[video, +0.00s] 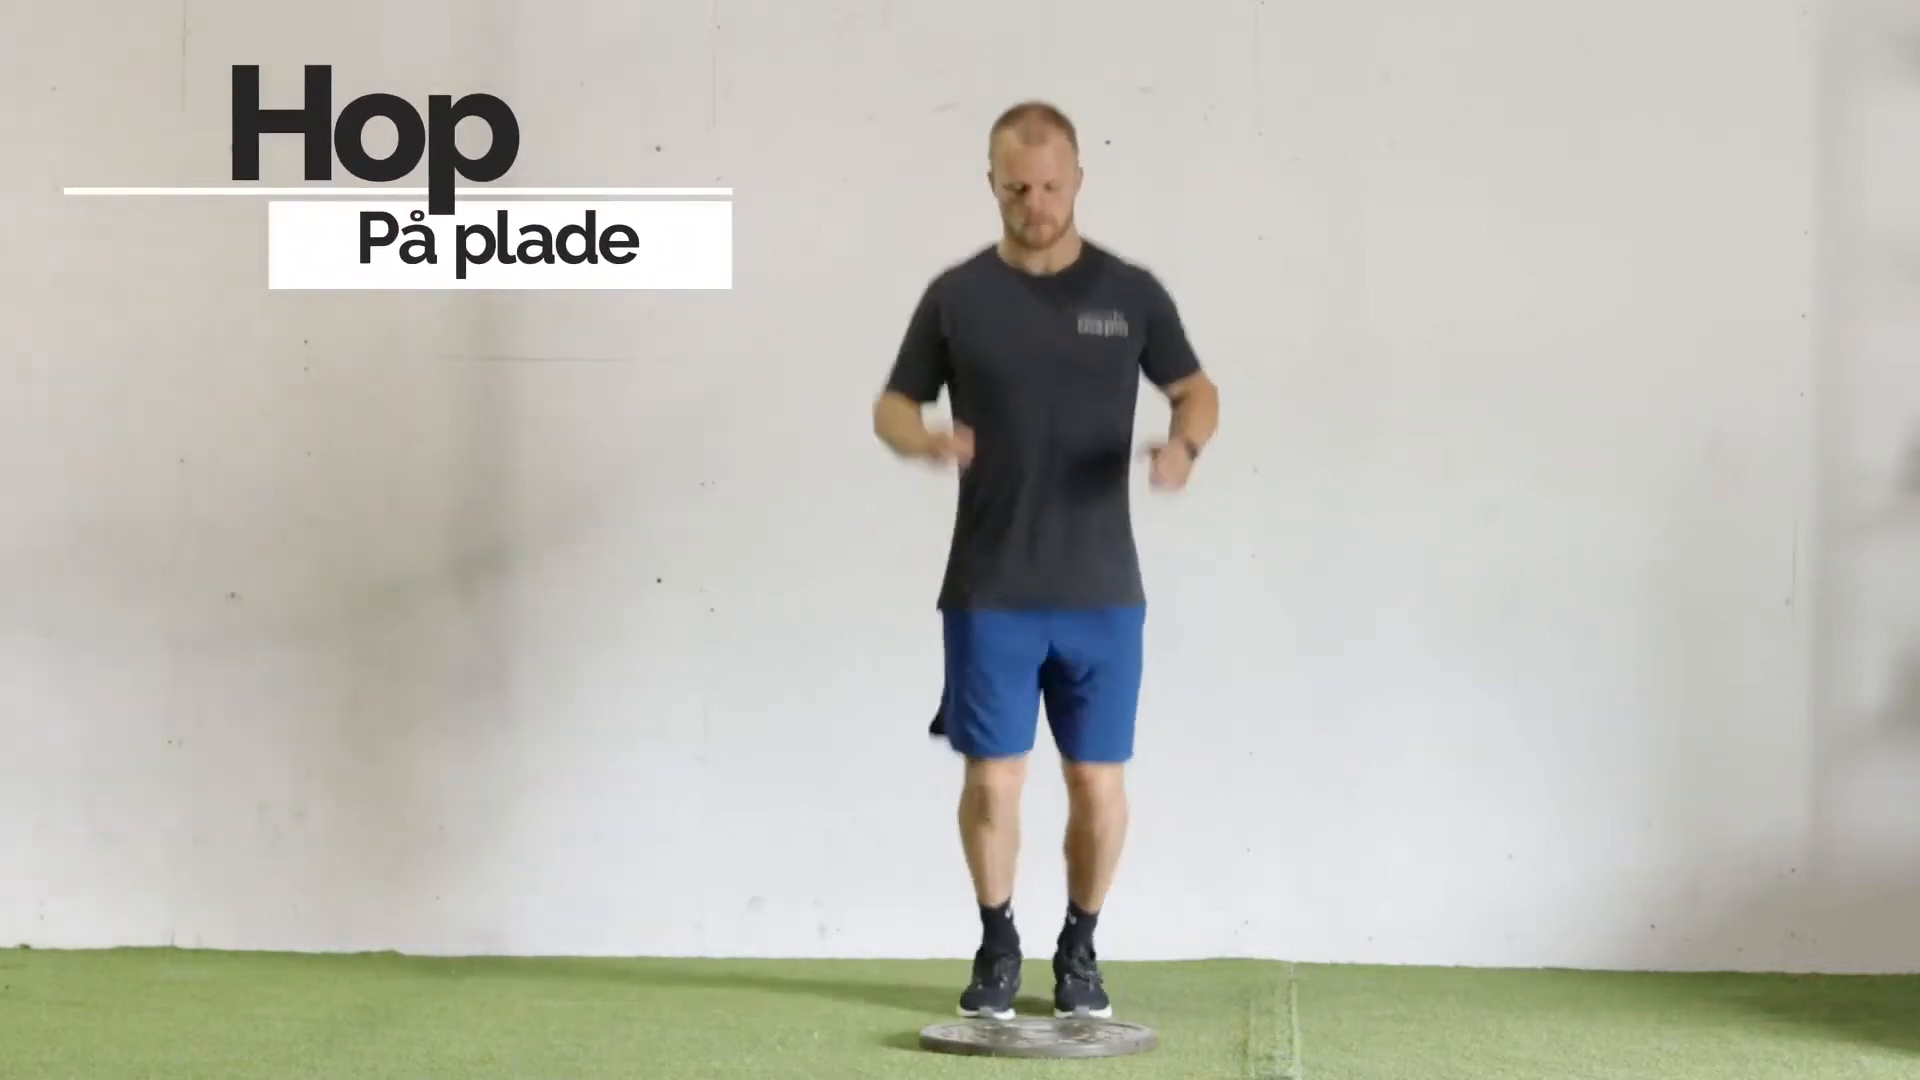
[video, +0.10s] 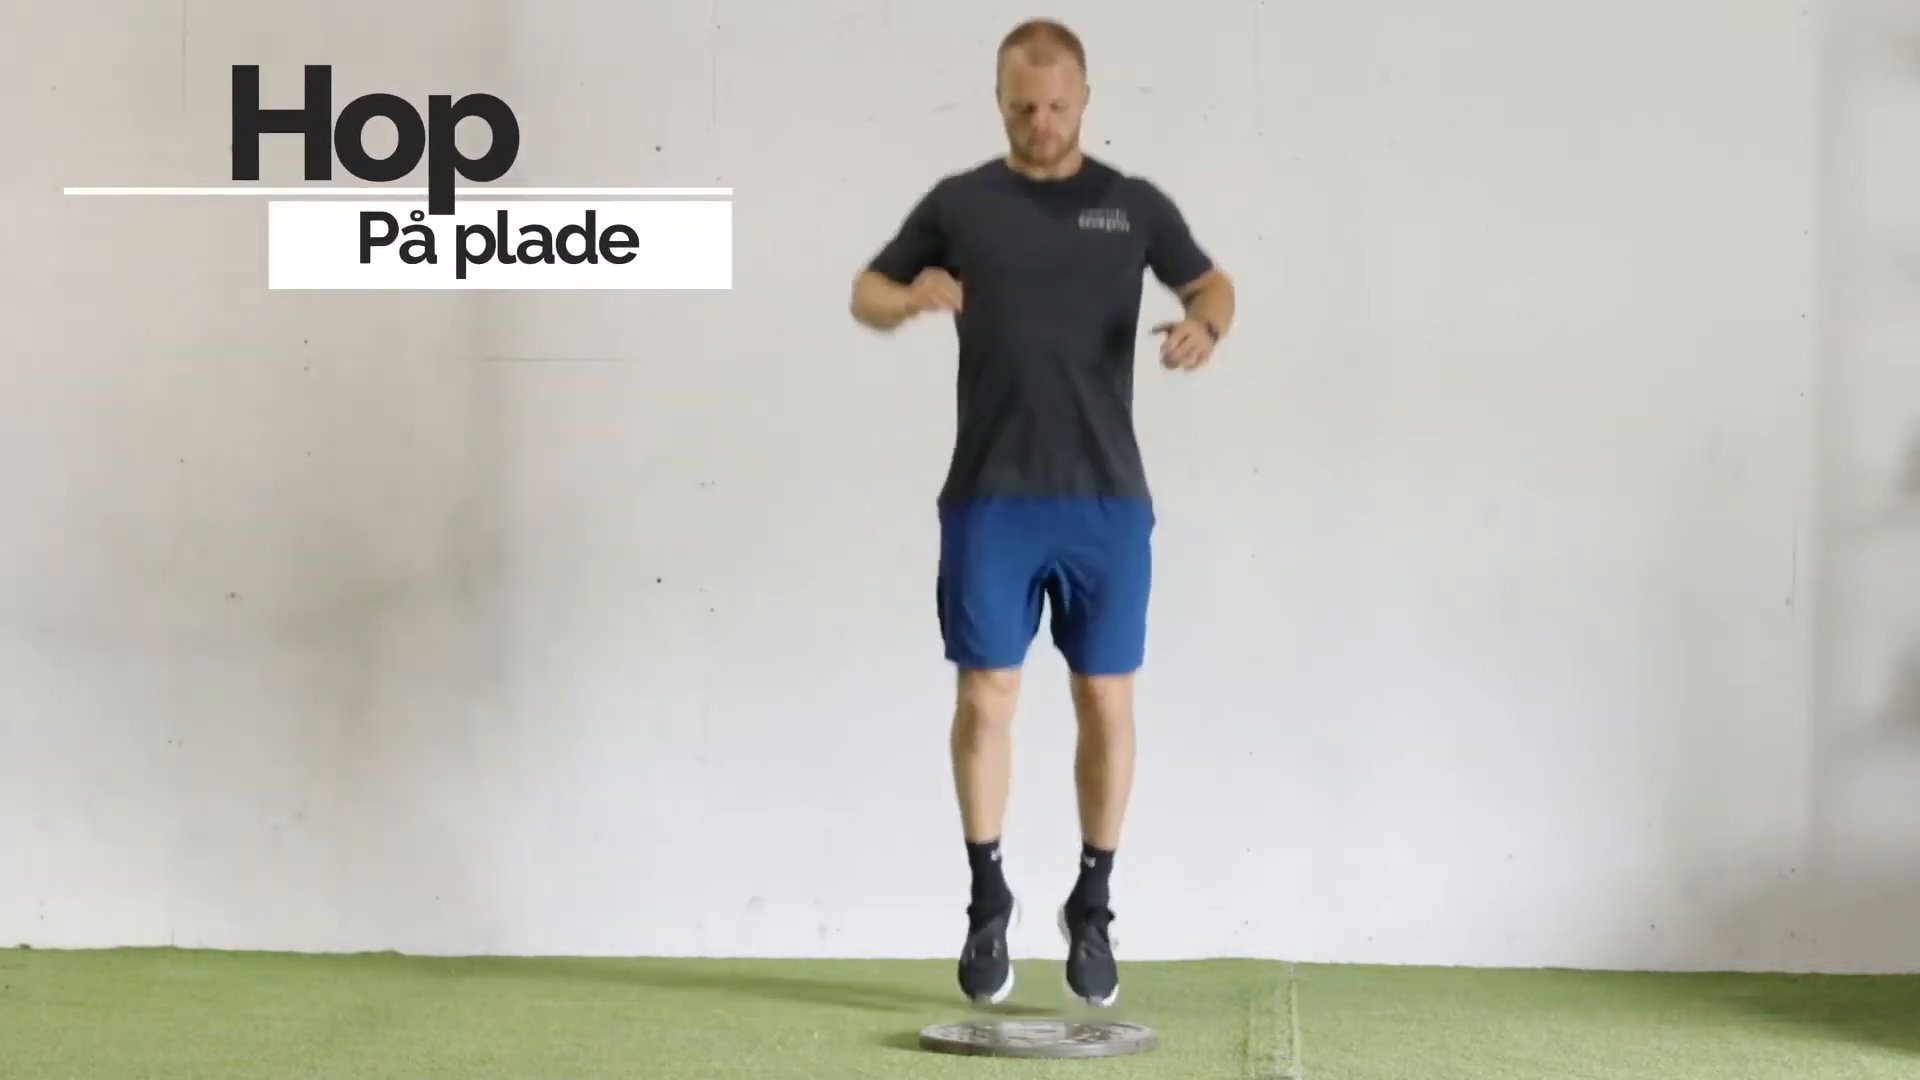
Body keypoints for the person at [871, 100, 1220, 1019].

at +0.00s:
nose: (1033, 203)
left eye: (1049, 185)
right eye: (1015, 187)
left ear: (1078, 180)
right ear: (993, 187)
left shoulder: (1132, 292)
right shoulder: (954, 297)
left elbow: (1196, 393)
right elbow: (892, 410)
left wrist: (1183, 442)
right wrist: (926, 437)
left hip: (1100, 580)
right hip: (992, 581)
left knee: (1097, 782)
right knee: (992, 780)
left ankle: (1080, 950)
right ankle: (997, 948)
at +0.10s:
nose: (1040, 122)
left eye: (1055, 106)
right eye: (1023, 107)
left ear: (1084, 100)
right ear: (1001, 105)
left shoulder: (1133, 205)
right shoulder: (960, 202)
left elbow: (1212, 285)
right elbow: (867, 296)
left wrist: (1204, 325)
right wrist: (907, 297)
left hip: (1106, 491)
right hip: (992, 490)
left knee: (1105, 703)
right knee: (986, 698)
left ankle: (1094, 905)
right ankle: (987, 900)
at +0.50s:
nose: (1049, 176)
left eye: (1065, 158)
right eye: (1032, 159)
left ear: (1094, 154)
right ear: (1008, 156)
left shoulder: (1139, 267)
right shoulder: (964, 263)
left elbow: (1190, 378)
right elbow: (903, 366)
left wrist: (1174, 470)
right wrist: (922, 467)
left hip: (1108, 556)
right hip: (995, 553)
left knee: (1092, 747)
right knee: (1004, 750)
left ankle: (1067, 960)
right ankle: (1010, 958)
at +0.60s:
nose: (1048, 133)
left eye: (1064, 117)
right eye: (1032, 117)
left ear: (1095, 110)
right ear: (1010, 111)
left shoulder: (1142, 217)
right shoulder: (965, 212)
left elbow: (1194, 318)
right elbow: (902, 302)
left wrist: (1172, 410)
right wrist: (925, 407)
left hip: (1114, 507)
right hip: (997, 504)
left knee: (1102, 714)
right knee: (1000, 711)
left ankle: (1080, 930)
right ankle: (1005, 929)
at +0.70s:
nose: (1049, 124)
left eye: (1065, 107)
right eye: (1033, 107)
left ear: (1096, 101)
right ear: (1011, 103)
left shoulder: (1146, 208)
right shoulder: (964, 203)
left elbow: (1203, 309)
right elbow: (906, 295)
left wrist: (1184, 405)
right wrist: (923, 403)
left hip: (1115, 495)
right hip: (998, 492)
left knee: (1105, 707)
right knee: (1003, 707)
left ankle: (1093, 901)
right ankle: (1010, 902)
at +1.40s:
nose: (1037, 191)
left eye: (1053, 174)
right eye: (1019, 175)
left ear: (1082, 166)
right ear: (996, 169)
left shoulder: (1133, 276)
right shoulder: (955, 281)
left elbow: (1200, 382)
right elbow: (893, 397)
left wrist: (1184, 457)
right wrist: (903, 504)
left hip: (1104, 568)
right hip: (990, 565)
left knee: (1092, 764)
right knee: (994, 768)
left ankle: (1067, 968)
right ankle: (998, 965)